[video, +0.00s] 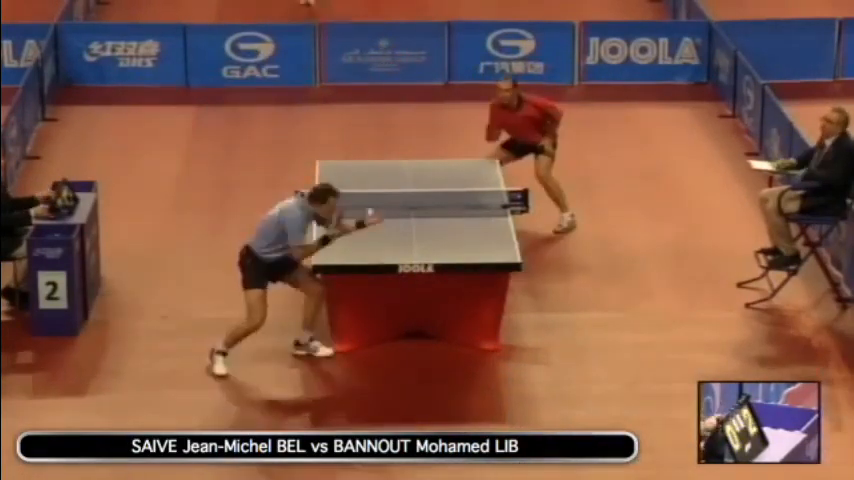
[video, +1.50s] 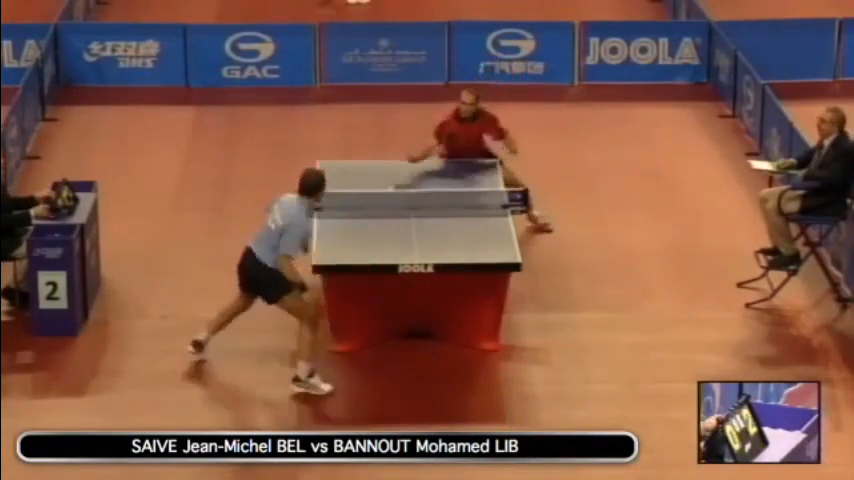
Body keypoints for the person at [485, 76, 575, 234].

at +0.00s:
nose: (503, 95)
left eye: (507, 91)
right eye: (500, 91)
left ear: (515, 90)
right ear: (497, 92)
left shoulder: (533, 103)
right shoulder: (497, 108)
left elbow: (556, 114)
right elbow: (492, 136)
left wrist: (549, 137)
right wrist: (495, 117)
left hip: (543, 140)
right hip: (521, 140)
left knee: (542, 174)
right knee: (489, 164)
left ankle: (566, 214)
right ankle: (494, 209)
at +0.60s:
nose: (498, 76)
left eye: (502, 72)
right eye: (497, 72)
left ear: (511, 74)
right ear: (495, 74)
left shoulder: (528, 92)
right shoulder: (495, 95)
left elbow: (549, 110)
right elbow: (487, 115)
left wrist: (537, 117)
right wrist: (474, 119)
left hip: (536, 136)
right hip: (513, 136)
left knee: (542, 175)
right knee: (489, 166)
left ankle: (567, 215)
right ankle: (490, 211)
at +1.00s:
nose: (491, 71)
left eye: (495, 67)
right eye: (490, 67)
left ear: (505, 67)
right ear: (488, 67)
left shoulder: (518, 85)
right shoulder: (480, 86)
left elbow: (535, 108)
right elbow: (469, 110)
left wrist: (519, 109)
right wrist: (462, 110)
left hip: (514, 139)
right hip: (486, 138)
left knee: (530, 179)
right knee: (472, 175)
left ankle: (540, 217)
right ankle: (471, 218)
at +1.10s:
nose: (485, 74)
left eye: (489, 71)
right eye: (483, 70)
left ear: (499, 69)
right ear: (481, 70)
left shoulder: (513, 87)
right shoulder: (474, 88)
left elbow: (520, 112)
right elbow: (450, 107)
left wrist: (507, 118)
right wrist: (452, 119)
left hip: (507, 139)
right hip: (479, 139)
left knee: (530, 177)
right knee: (466, 175)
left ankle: (540, 216)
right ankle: (463, 218)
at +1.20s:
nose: (477, 89)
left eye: (482, 85)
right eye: (475, 85)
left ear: (492, 85)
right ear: (472, 84)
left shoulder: (502, 102)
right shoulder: (463, 103)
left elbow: (503, 124)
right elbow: (437, 126)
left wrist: (495, 135)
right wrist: (446, 144)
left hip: (495, 151)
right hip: (468, 153)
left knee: (522, 177)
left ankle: (541, 218)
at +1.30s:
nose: (475, 99)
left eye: (479, 96)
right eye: (473, 95)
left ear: (487, 97)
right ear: (469, 95)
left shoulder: (494, 113)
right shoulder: (457, 114)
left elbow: (495, 134)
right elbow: (437, 134)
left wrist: (490, 147)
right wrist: (445, 150)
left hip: (487, 157)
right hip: (461, 158)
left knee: (522, 184)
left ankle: (541, 219)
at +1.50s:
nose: (464, 108)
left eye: (469, 104)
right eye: (462, 103)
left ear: (477, 105)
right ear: (458, 103)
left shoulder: (487, 120)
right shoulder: (448, 124)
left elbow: (503, 136)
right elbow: (436, 145)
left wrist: (511, 147)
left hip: (487, 166)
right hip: (456, 166)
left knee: (521, 188)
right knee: (422, 184)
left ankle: (532, 219)